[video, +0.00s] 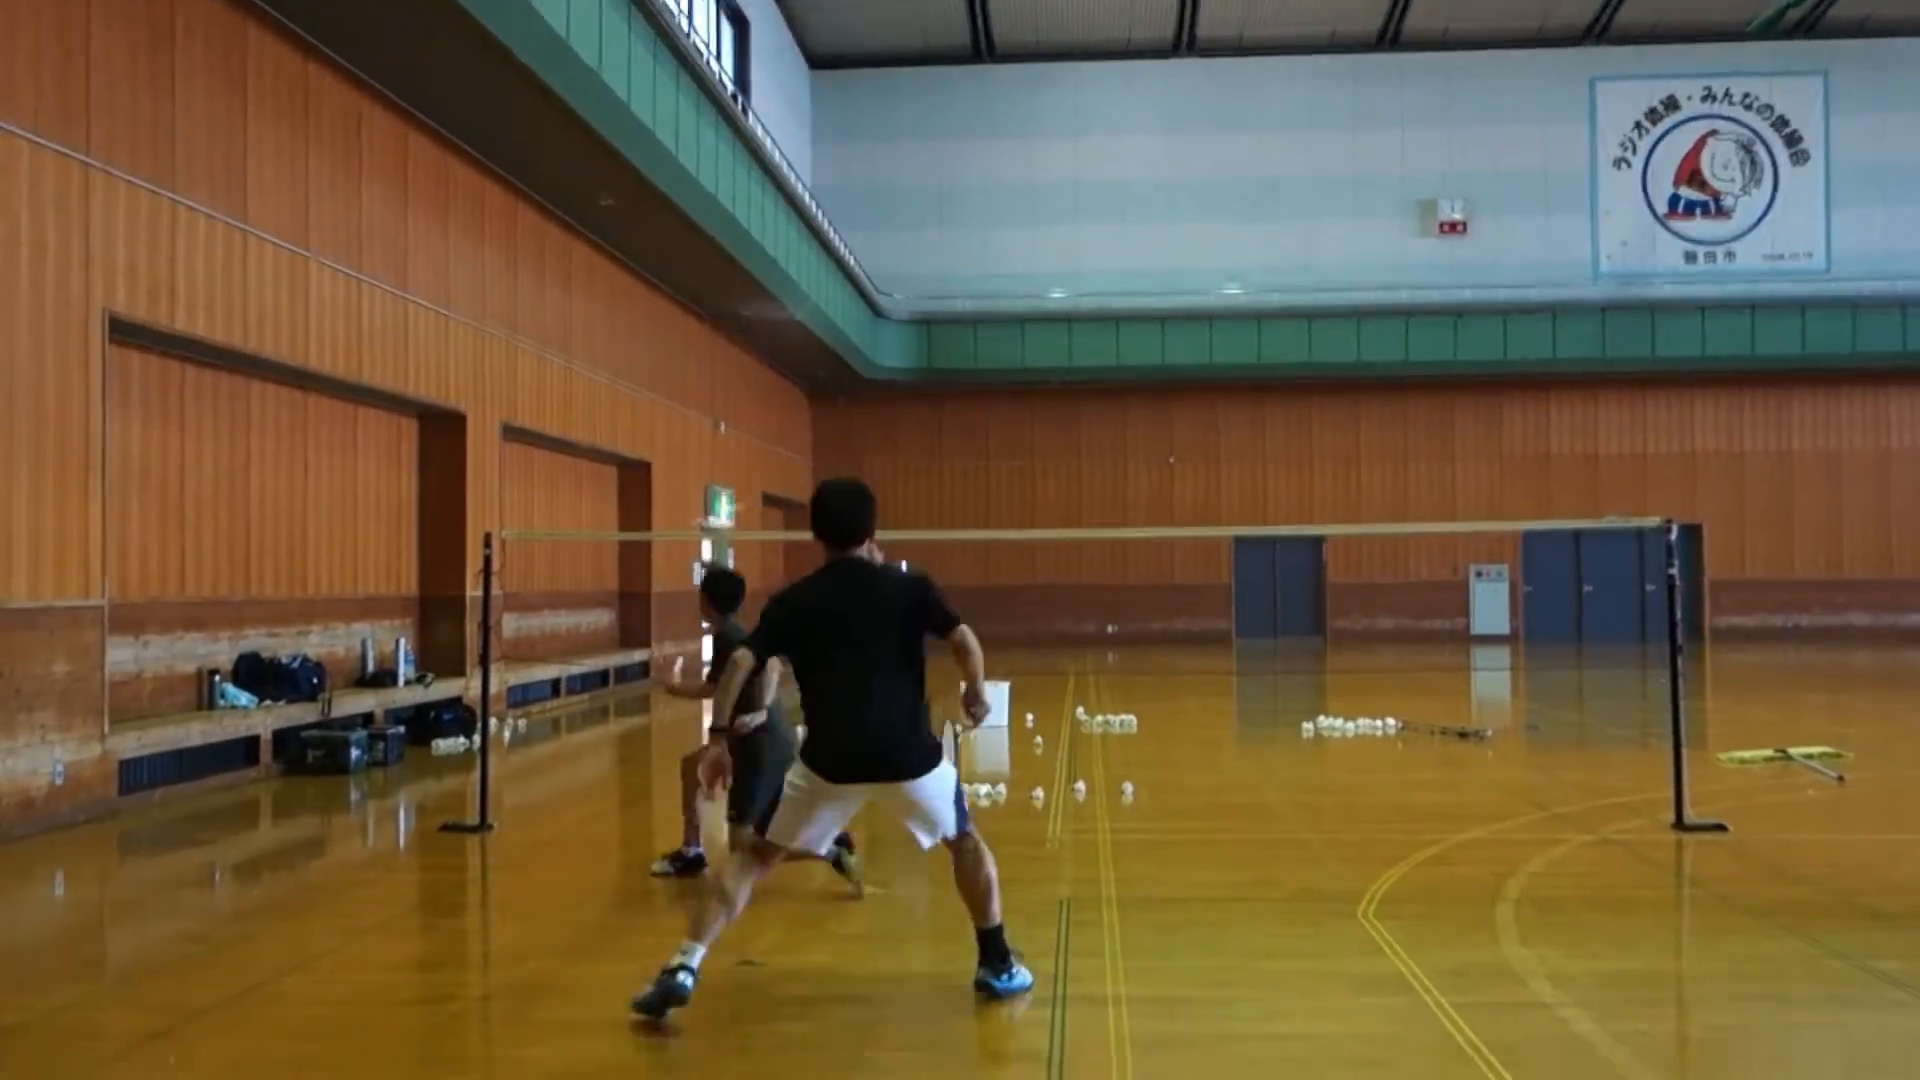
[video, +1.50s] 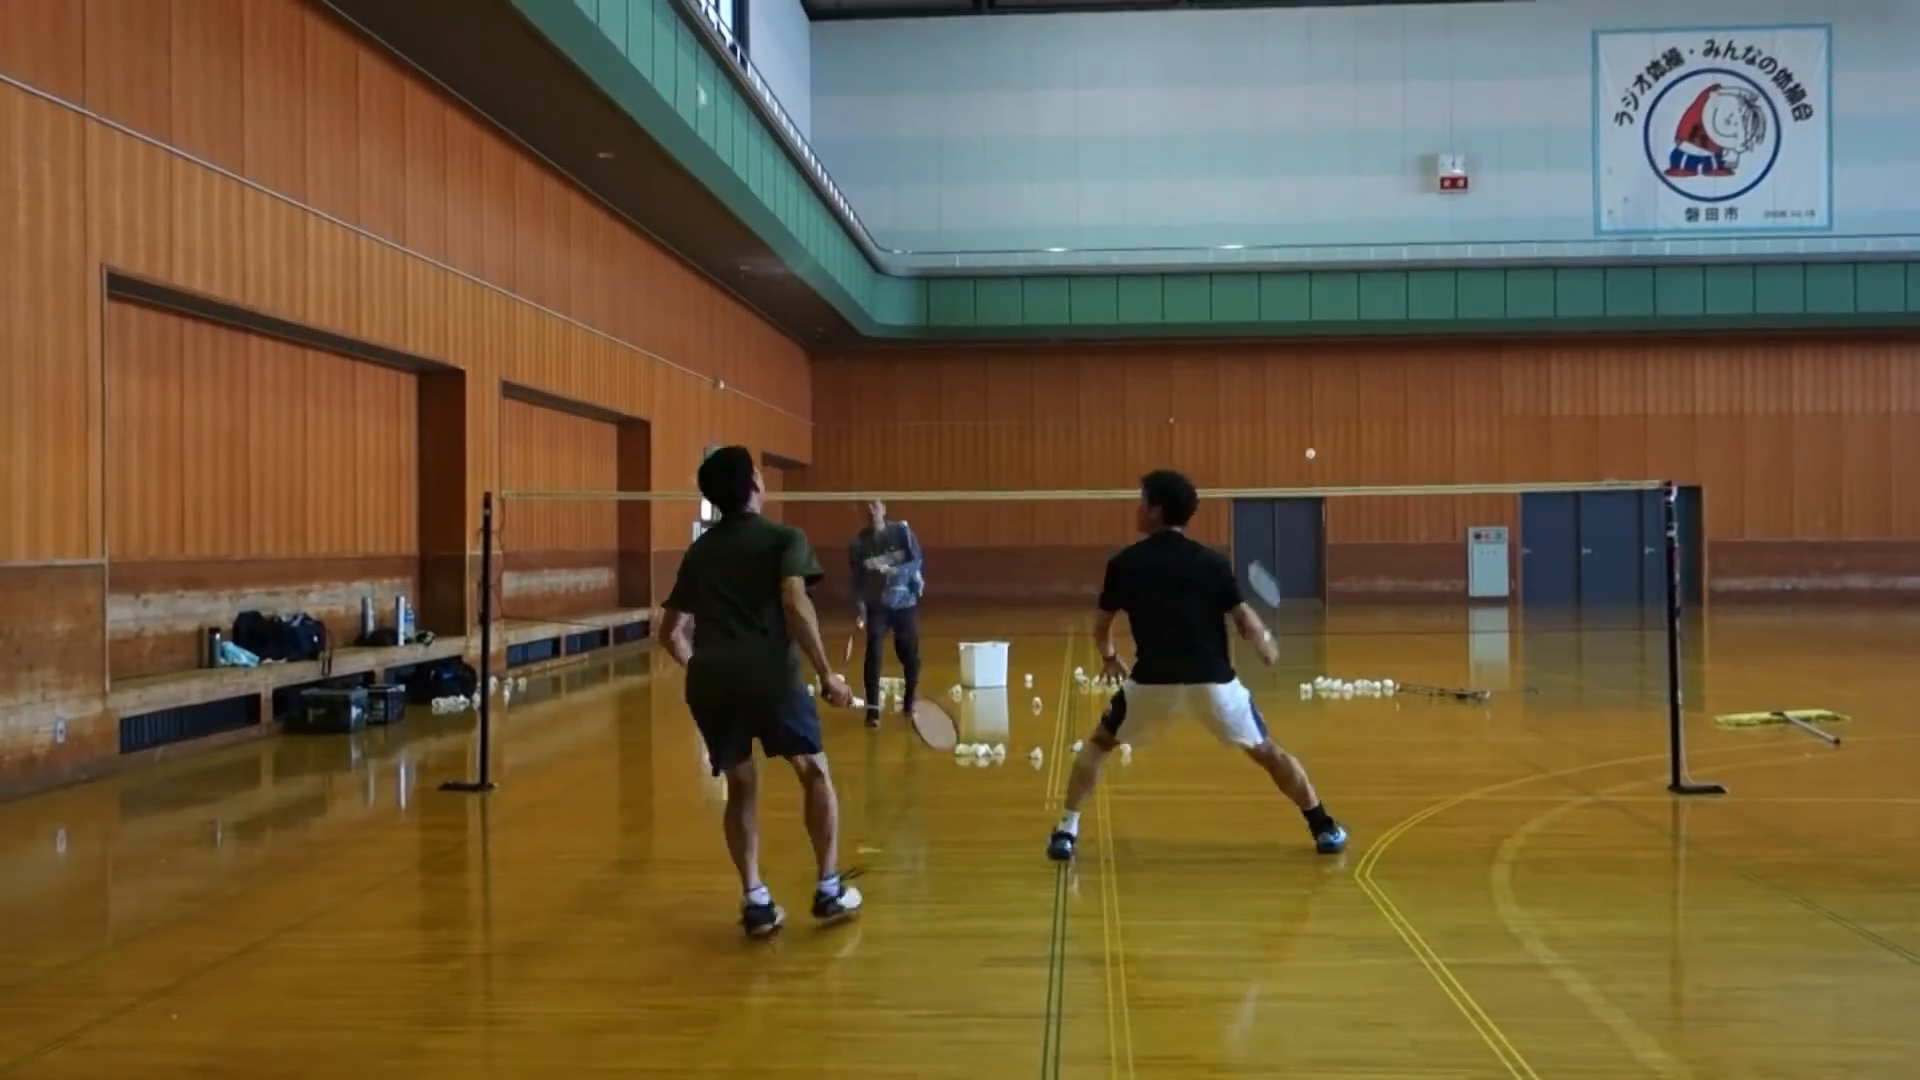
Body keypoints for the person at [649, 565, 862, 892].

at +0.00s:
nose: (699, 603)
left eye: (701, 597)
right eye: (700, 596)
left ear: (708, 602)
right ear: (737, 601)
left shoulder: (728, 639)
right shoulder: (739, 633)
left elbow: (711, 688)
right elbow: (774, 664)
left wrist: (674, 688)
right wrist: (764, 706)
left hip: (761, 742)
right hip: (764, 732)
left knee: (743, 844)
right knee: (690, 766)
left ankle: (830, 850)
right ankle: (692, 850)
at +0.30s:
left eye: (653, 530)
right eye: (687, 526)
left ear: (651, 536)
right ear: (688, 530)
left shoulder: (645, 583)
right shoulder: (720, 566)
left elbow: (614, 635)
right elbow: (772, 600)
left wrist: (604, 613)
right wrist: (822, 610)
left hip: (685, 679)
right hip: (736, 674)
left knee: (630, 755)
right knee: (739, 729)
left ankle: (578, 829)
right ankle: (766, 808)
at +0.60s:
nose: (747, 491)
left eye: (744, 483)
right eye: (743, 483)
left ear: (704, 493)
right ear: (729, 491)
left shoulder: (675, 538)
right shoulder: (748, 538)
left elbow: (639, 586)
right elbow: (759, 604)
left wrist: (628, 631)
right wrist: (784, 650)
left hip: (683, 651)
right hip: (736, 649)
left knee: (658, 723)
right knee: (795, 717)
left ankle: (641, 806)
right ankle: (818, 805)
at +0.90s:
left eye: (741, 482)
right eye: (782, 484)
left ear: (742, 485)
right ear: (782, 487)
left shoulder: (722, 525)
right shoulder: (803, 534)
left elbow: (683, 579)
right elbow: (838, 600)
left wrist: (653, 603)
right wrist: (857, 653)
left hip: (736, 643)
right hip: (792, 643)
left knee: (707, 726)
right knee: (819, 728)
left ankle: (712, 824)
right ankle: (842, 816)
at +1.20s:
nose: (745, 495)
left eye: (745, 488)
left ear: (746, 493)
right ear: (789, 494)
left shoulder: (734, 534)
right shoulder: (816, 536)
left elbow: (683, 596)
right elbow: (853, 605)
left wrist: (673, 606)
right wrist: (868, 667)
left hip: (771, 655)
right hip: (827, 654)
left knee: (711, 745)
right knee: (842, 740)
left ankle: (700, 857)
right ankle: (880, 835)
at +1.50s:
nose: (764, 482)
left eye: (759, 474)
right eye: (760, 475)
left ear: (711, 497)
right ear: (754, 487)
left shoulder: (699, 552)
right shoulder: (784, 539)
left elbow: (667, 631)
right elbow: (795, 603)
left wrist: (698, 666)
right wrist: (827, 673)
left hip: (708, 679)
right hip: (771, 675)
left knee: (740, 785)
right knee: (814, 774)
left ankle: (754, 897)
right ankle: (828, 887)